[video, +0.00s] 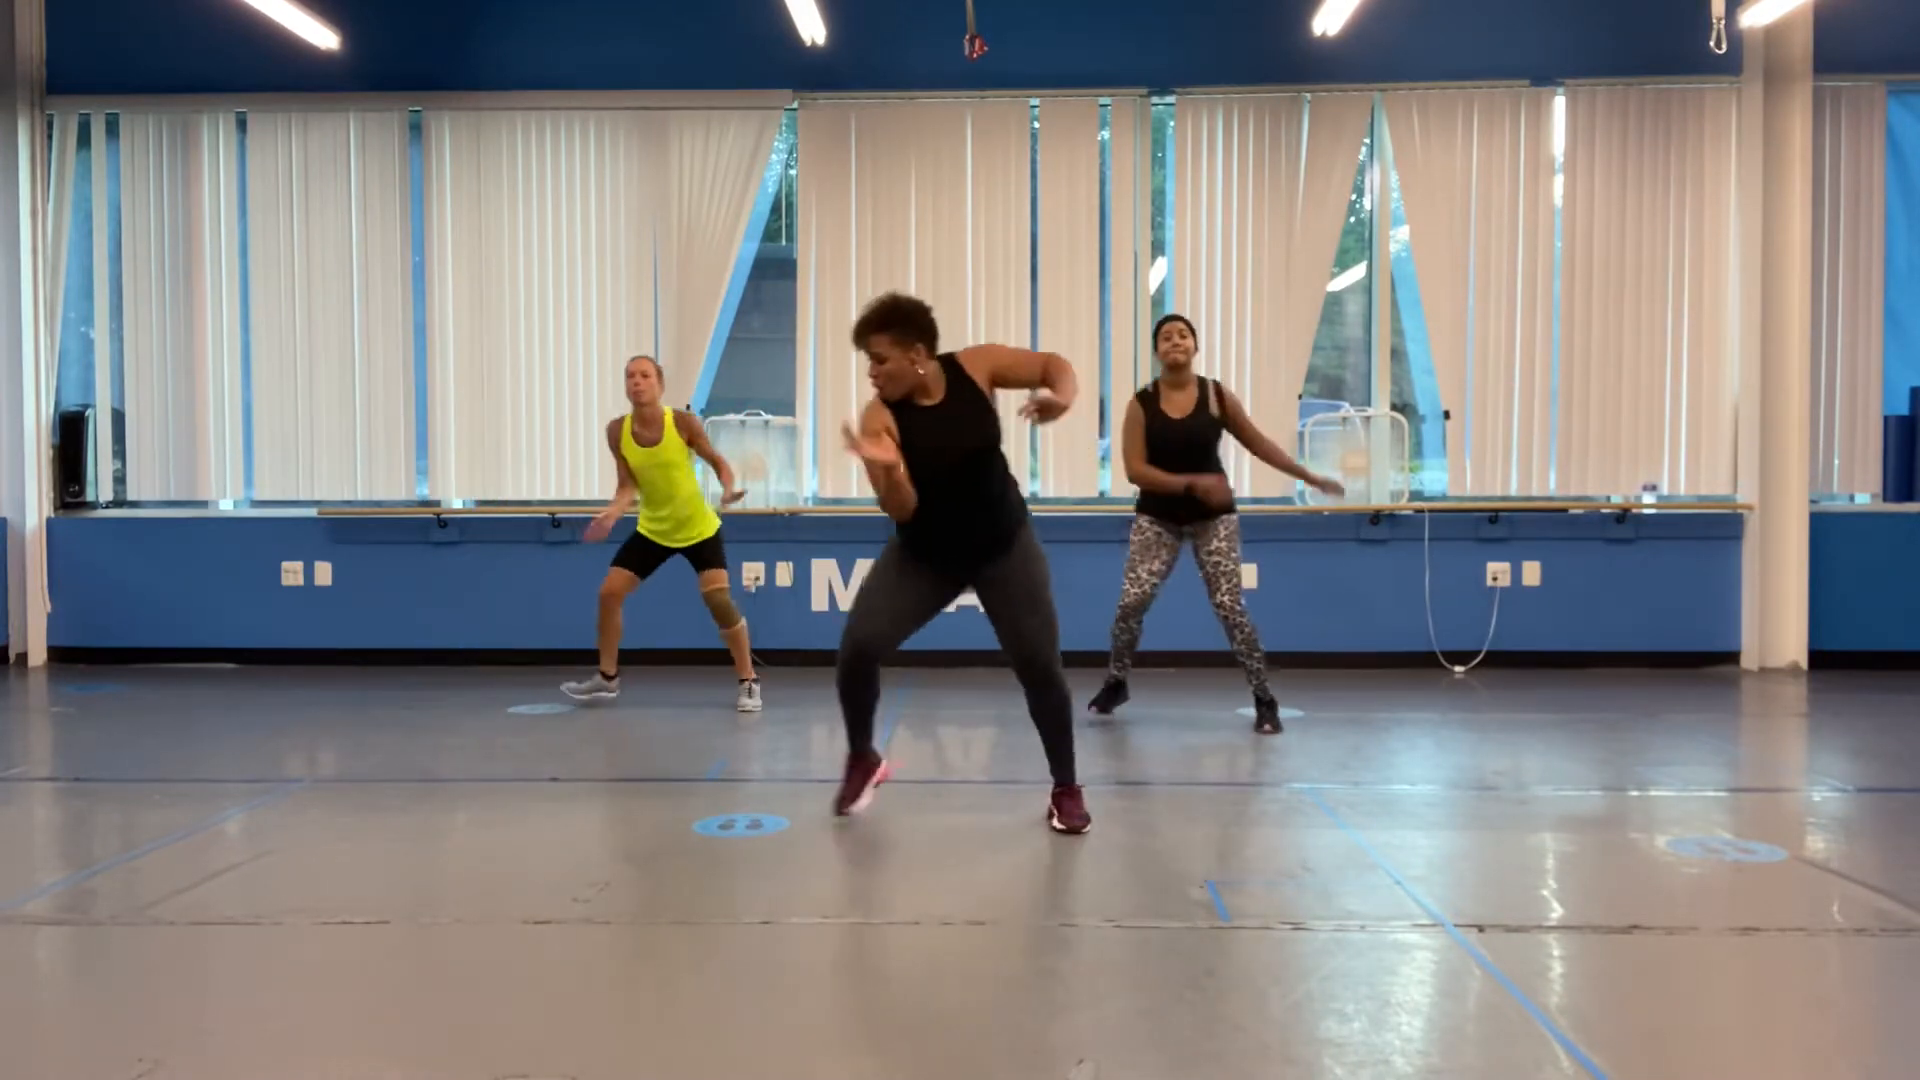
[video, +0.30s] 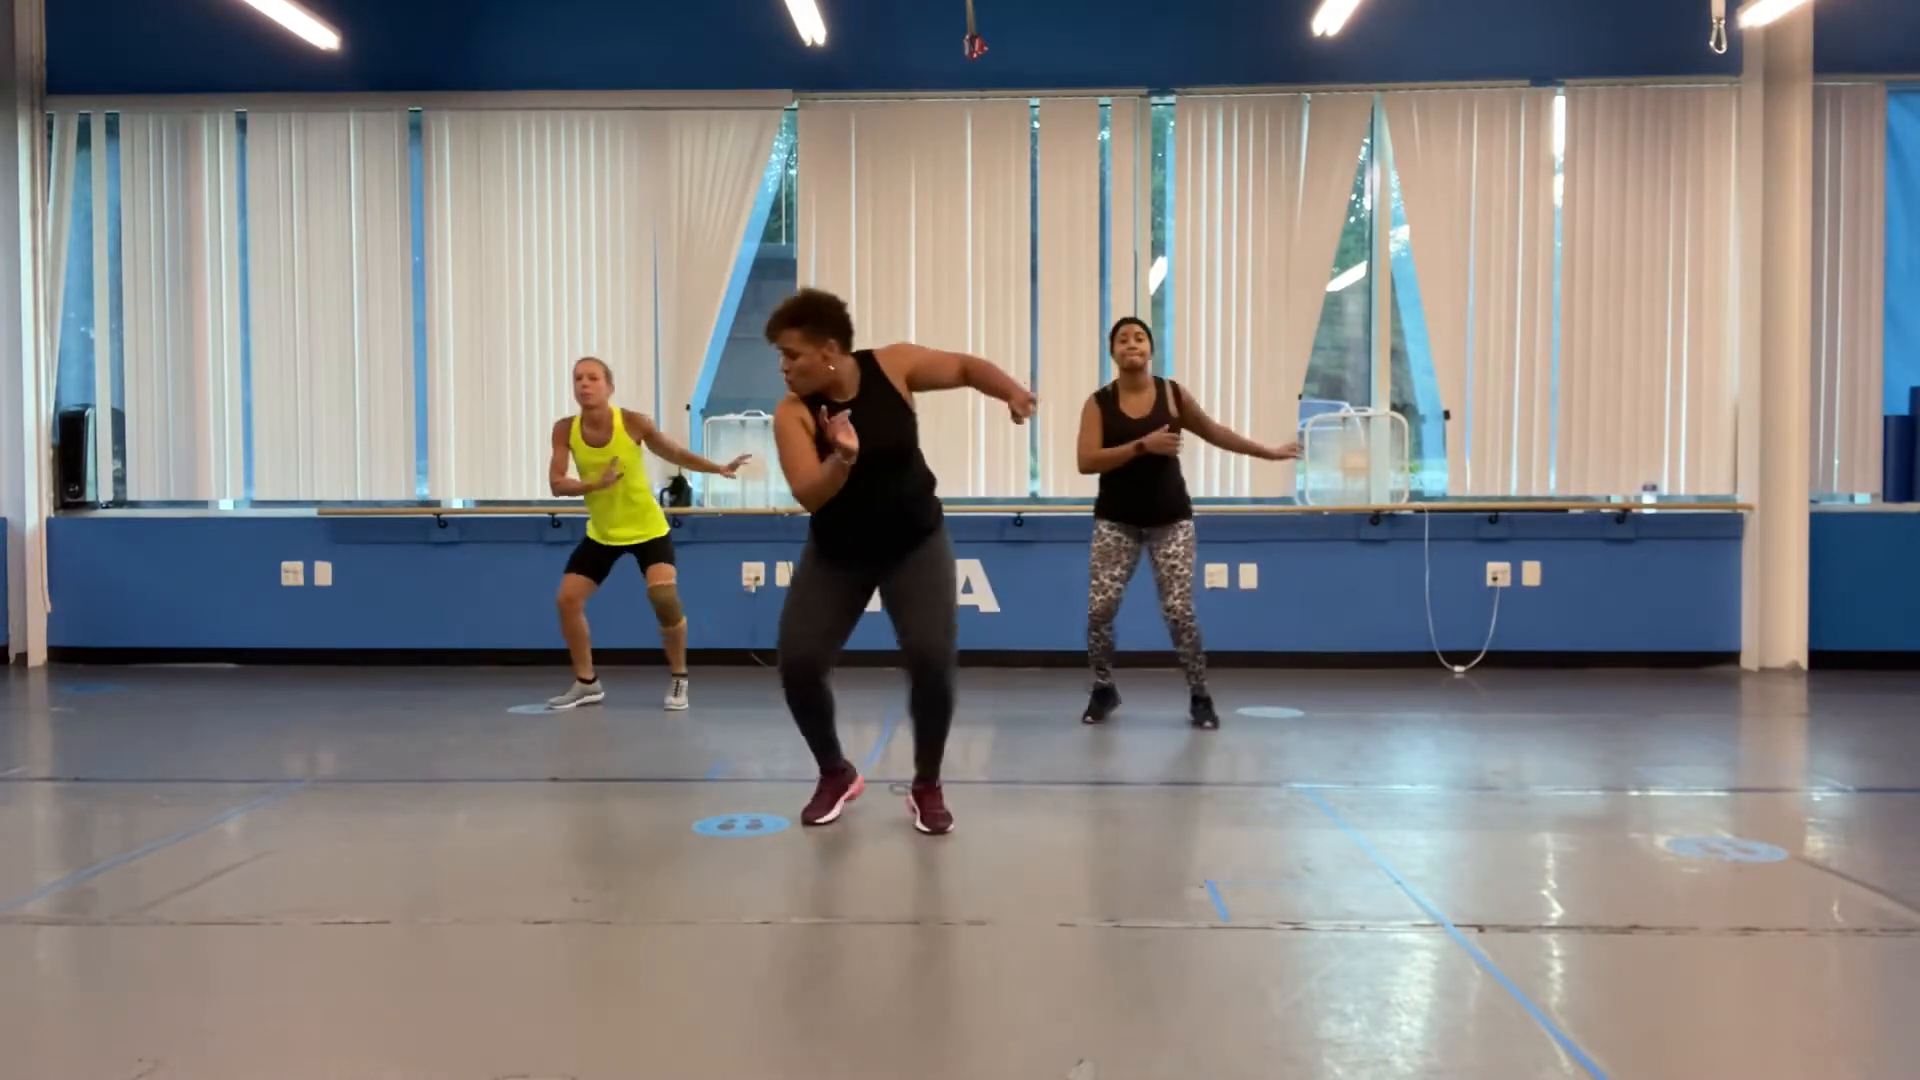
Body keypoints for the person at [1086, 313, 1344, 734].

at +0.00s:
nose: (1175, 342)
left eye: (1182, 336)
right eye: (1166, 338)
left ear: (1195, 346)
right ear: (1156, 351)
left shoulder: (1216, 395)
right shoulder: (1141, 404)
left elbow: (1258, 444)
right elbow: (1134, 471)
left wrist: (1310, 477)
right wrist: (1191, 483)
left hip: (1213, 518)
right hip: (1156, 519)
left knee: (1228, 607)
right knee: (1132, 601)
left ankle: (1264, 700)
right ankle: (1115, 681)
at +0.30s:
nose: (1131, 345)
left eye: (1139, 338)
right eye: (1123, 340)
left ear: (1151, 349)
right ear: (1112, 352)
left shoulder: (1172, 395)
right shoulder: (1098, 404)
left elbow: (1215, 433)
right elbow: (1086, 462)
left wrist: (1269, 453)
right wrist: (1142, 445)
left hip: (1170, 521)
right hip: (1115, 522)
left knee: (1177, 610)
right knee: (1099, 609)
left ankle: (1200, 698)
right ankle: (1102, 690)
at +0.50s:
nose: (1100, 341)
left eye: (1108, 335)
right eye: (1093, 335)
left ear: (1119, 346)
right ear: (1080, 346)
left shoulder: (1138, 390)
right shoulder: (1064, 398)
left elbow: (1192, 419)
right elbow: (1059, 455)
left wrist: (1245, 434)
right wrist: (1108, 422)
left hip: (1148, 515)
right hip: (1092, 518)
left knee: (1168, 604)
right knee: (1071, 602)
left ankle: (1205, 693)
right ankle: (1044, 694)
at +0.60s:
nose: (1086, 353)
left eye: (1094, 348)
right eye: (1078, 348)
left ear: (1105, 360)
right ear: (1066, 360)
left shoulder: (1123, 405)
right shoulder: (1048, 410)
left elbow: (1172, 437)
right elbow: (1033, 469)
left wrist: (1229, 457)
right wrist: (1080, 442)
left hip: (1130, 522)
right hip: (1074, 526)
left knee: (1153, 604)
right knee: (1057, 606)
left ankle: (1196, 679)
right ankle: (1040, 696)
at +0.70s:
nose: (1078, 360)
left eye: (1086, 354)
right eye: (1070, 355)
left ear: (1098, 365)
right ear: (1059, 366)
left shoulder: (1117, 414)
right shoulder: (1041, 420)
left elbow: (1155, 465)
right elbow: (1015, 480)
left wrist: (1197, 508)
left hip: (1123, 530)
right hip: (1067, 533)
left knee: (1146, 612)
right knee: (1049, 611)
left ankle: (1170, 684)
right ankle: (1040, 697)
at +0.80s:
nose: (1081, 357)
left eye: (1089, 350)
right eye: (1073, 352)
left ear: (1101, 360)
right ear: (1062, 364)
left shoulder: (1123, 411)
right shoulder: (1046, 418)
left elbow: (1142, 473)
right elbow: (1014, 470)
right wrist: (1000, 515)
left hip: (1122, 522)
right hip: (1068, 525)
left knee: (1146, 608)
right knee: (1055, 608)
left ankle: (1164, 690)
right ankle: (1040, 696)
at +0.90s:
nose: (1091, 349)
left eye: (1098, 342)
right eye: (1082, 345)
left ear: (1112, 351)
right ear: (1073, 357)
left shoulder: (1135, 399)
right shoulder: (1060, 408)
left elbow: (1143, 467)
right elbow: (1023, 453)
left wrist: (1088, 485)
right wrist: (978, 481)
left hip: (1132, 518)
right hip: (1077, 519)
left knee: (1160, 598)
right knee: (1065, 605)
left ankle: (1179, 684)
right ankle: (1039, 693)